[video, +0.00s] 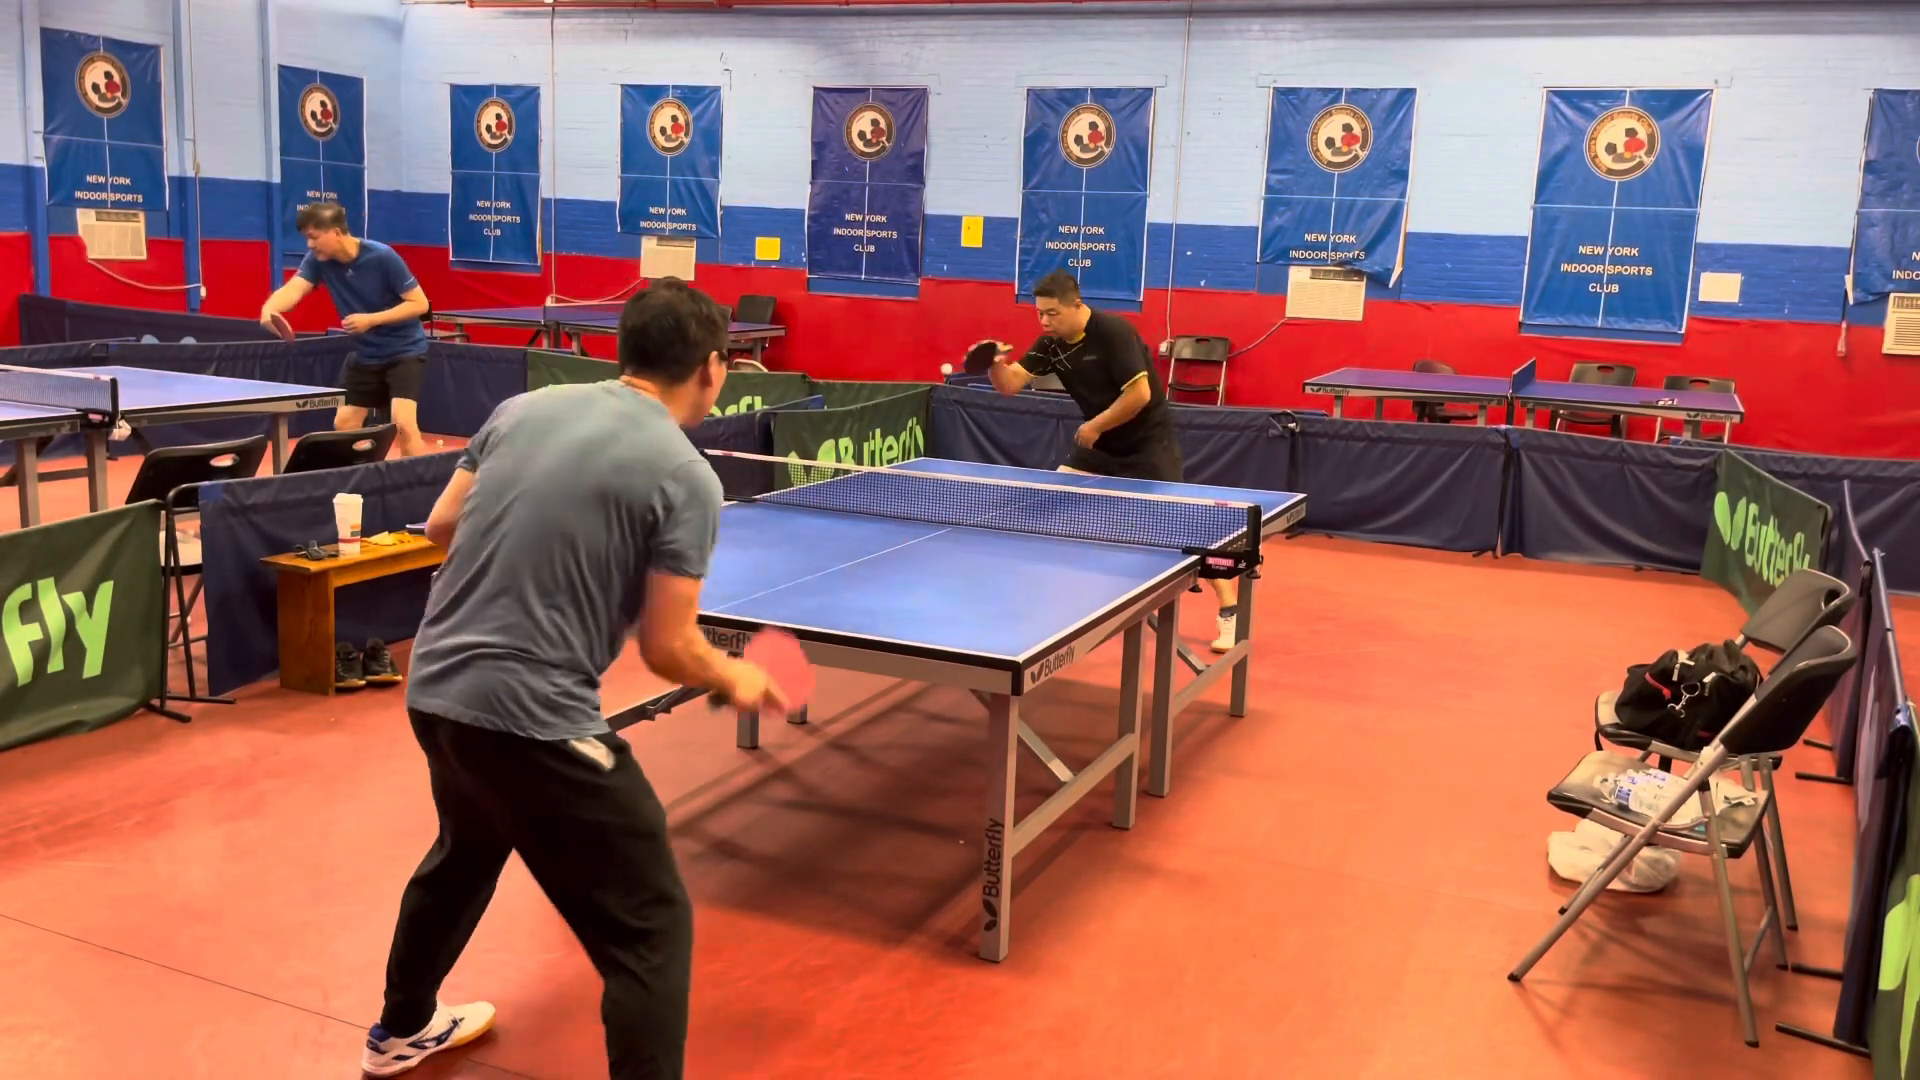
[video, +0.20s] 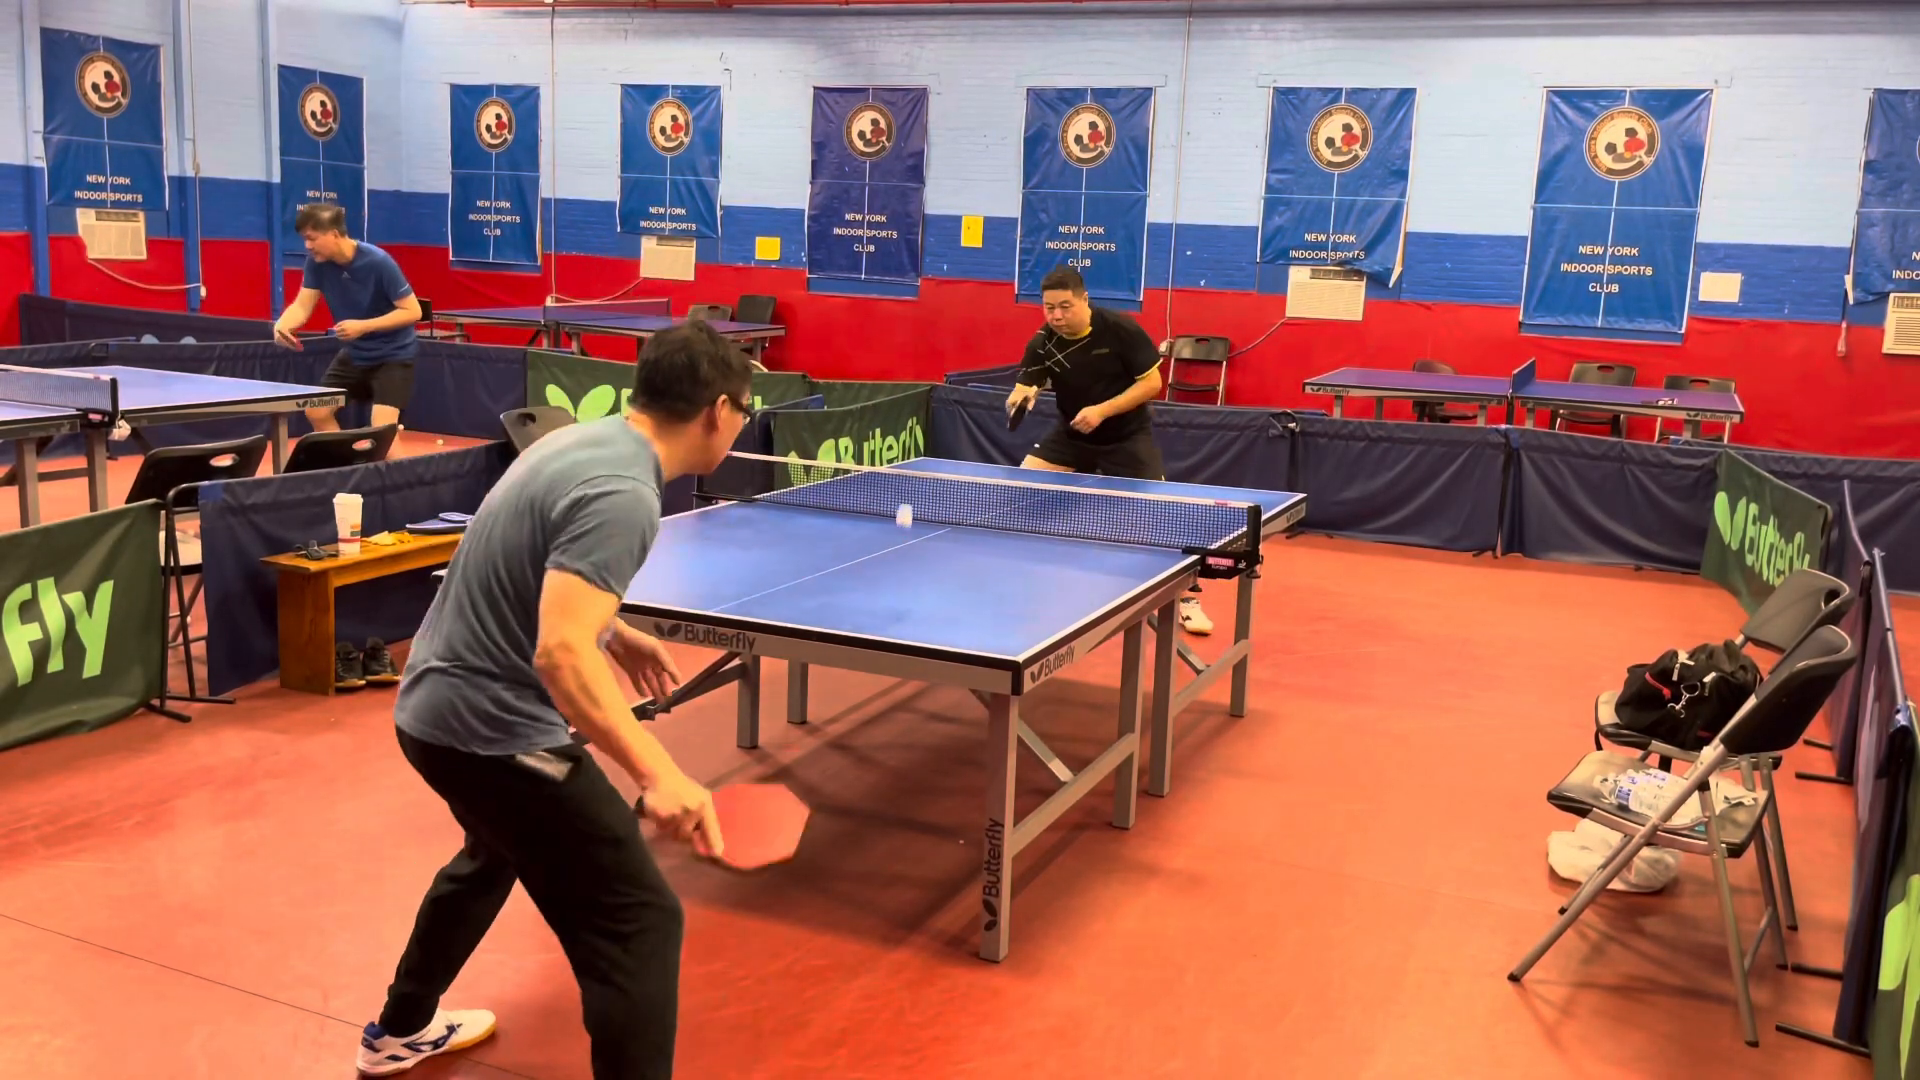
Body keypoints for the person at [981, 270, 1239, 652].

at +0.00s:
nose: (1044, 323)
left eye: (1051, 314)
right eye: (1040, 314)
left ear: (1077, 306)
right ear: (1040, 311)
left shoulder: (1113, 331)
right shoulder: (1051, 342)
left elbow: (1139, 393)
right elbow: (1010, 384)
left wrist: (1096, 426)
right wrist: (997, 365)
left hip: (1148, 443)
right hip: (1100, 443)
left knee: (1178, 521)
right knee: (1048, 504)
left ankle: (1228, 606)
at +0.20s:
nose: (1056, 316)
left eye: (1064, 307)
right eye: (1049, 308)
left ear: (1085, 301)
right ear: (1042, 306)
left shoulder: (1121, 331)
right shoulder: (1042, 344)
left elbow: (1152, 383)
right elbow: (1021, 392)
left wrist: (1103, 410)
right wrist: (1021, 397)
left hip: (1128, 438)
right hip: (1072, 435)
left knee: (1159, 513)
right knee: (1019, 488)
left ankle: (1186, 596)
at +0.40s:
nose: (1044, 331)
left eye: (1053, 323)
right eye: (1038, 323)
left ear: (1073, 319)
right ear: (1031, 322)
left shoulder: (1101, 353)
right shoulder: (1026, 359)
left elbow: (1124, 411)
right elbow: (1012, 411)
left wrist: (1069, 432)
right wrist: (1006, 435)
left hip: (1114, 450)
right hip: (1058, 451)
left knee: (1152, 507)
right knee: (1006, 496)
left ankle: (1183, 596)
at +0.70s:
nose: (1026, 331)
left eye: (1032, 323)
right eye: (1022, 324)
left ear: (1058, 314)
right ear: (1024, 319)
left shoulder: (1082, 350)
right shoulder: (1061, 342)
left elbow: (1079, 423)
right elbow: (1061, 383)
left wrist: (1041, 421)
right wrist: (1016, 393)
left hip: (1121, 455)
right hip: (1079, 450)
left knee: (1152, 527)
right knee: (1023, 495)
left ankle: (1221, 602)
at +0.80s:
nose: (1045, 331)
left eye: (1051, 322)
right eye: (1042, 322)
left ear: (1075, 314)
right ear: (1043, 320)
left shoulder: (1113, 350)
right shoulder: (1067, 347)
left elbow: (1112, 419)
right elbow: (1047, 397)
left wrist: (1067, 420)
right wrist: (1025, 376)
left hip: (1133, 459)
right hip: (1087, 452)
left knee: (1166, 529)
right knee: (1031, 497)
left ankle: (1224, 604)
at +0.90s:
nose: (1069, 325)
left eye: (1075, 316)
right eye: (1064, 317)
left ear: (1100, 307)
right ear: (1062, 315)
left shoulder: (1142, 339)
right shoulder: (1073, 349)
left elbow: (1159, 406)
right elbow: (1050, 406)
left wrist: (1104, 420)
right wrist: (1048, 375)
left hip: (1152, 456)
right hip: (1096, 455)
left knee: (1192, 526)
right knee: (1041, 504)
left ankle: (1227, 606)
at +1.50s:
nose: (1069, 324)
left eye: (1076, 315)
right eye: (1063, 315)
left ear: (1100, 308)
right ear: (1059, 313)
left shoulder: (1121, 346)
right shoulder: (1092, 339)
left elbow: (1121, 420)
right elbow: (1096, 389)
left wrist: (1070, 418)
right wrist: (1062, 412)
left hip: (1149, 453)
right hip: (1111, 447)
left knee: (1178, 528)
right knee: (1063, 502)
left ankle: (1234, 605)